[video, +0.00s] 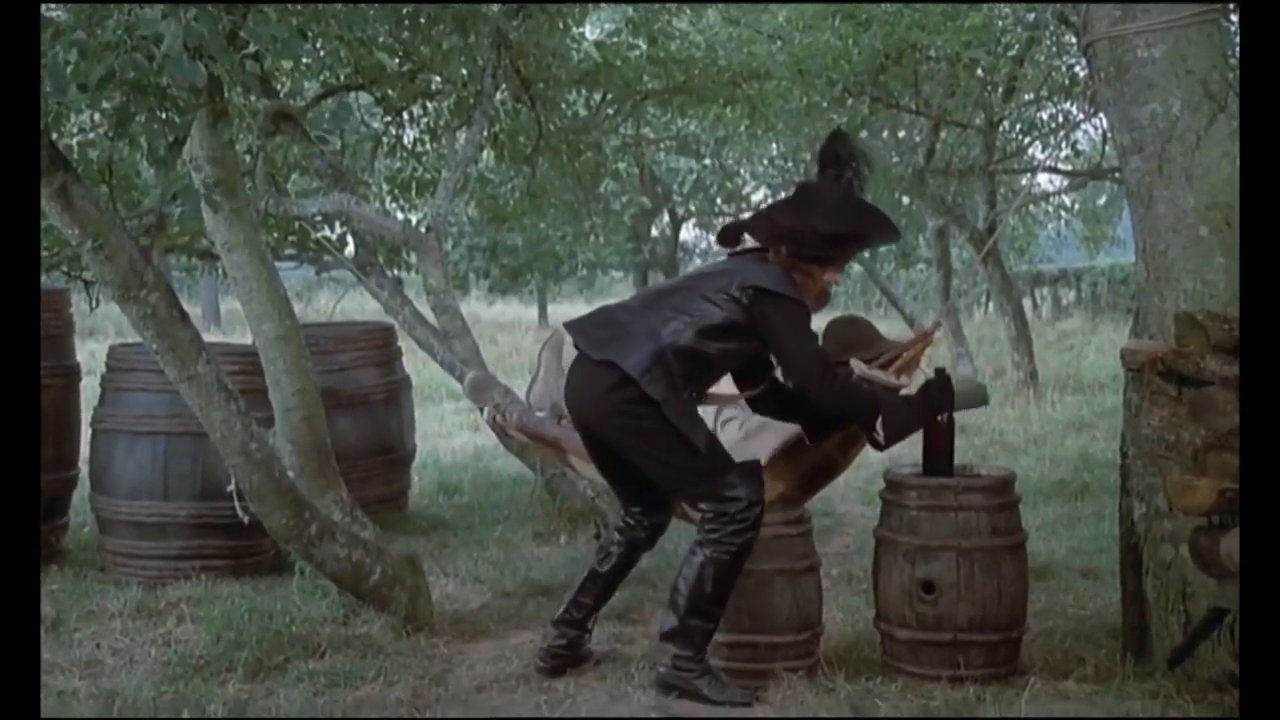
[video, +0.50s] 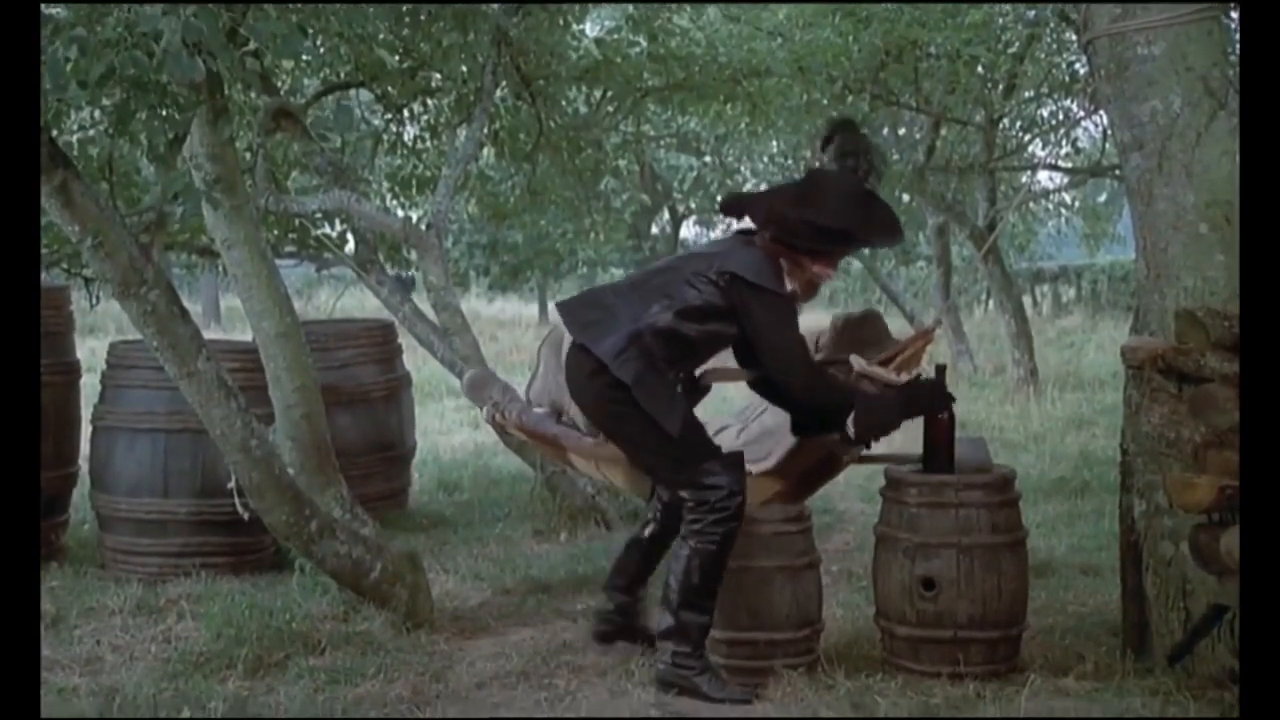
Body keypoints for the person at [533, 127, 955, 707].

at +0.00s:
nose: (837, 285)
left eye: (842, 272)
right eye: (836, 271)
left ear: (783, 254)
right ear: (803, 263)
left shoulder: (736, 277)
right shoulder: (772, 290)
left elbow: (764, 395)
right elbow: (820, 381)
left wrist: (842, 402)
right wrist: (883, 399)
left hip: (588, 381)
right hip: (627, 390)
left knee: (645, 511)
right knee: (736, 500)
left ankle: (564, 639)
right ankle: (685, 663)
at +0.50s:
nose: (830, 276)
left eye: (834, 264)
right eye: (828, 262)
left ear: (777, 236)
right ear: (796, 251)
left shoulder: (738, 258)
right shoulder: (756, 276)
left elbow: (767, 374)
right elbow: (799, 380)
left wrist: (841, 408)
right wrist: (879, 402)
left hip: (595, 361)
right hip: (616, 372)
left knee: (689, 481)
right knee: (718, 487)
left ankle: (618, 608)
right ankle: (685, 658)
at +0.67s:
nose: (819, 271)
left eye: (823, 259)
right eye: (814, 257)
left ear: (772, 242)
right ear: (782, 249)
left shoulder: (730, 262)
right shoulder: (731, 274)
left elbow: (746, 372)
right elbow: (752, 379)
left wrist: (791, 421)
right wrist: (845, 428)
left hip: (595, 353)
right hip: (597, 360)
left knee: (684, 475)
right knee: (689, 483)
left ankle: (640, 618)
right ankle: (682, 662)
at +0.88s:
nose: (805, 271)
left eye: (810, 258)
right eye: (799, 257)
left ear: (774, 251)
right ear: (762, 246)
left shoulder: (746, 280)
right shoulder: (709, 279)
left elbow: (717, 376)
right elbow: (722, 402)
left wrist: (720, 434)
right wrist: (786, 492)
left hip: (631, 359)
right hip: (584, 352)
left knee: (687, 480)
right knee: (653, 484)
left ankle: (641, 620)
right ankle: (611, 650)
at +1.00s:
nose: (800, 299)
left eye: (808, 285)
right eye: (795, 282)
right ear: (760, 268)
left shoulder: (729, 297)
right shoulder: (704, 304)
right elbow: (710, 442)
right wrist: (742, 538)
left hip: (630, 365)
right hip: (575, 358)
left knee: (689, 481)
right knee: (639, 485)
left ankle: (654, 619)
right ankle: (606, 652)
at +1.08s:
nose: (807, 334)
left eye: (817, 322)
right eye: (808, 317)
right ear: (778, 303)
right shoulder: (703, 333)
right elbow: (702, 465)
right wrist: (728, 567)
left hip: (634, 371)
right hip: (571, 361)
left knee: (681, 489)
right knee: (630, 494)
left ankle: (663, 619)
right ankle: (603, 651)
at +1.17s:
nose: (794, 361)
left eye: (801, 352)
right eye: (793, 348)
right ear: (766, 326)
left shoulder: (726, 332)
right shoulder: (702, 352)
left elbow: (703, 469)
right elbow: (696, 483)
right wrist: (727, 592)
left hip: (631, 372)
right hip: (570, 366)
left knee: (680, 489)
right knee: (629, 494)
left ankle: (664, 620)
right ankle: (604, 650)